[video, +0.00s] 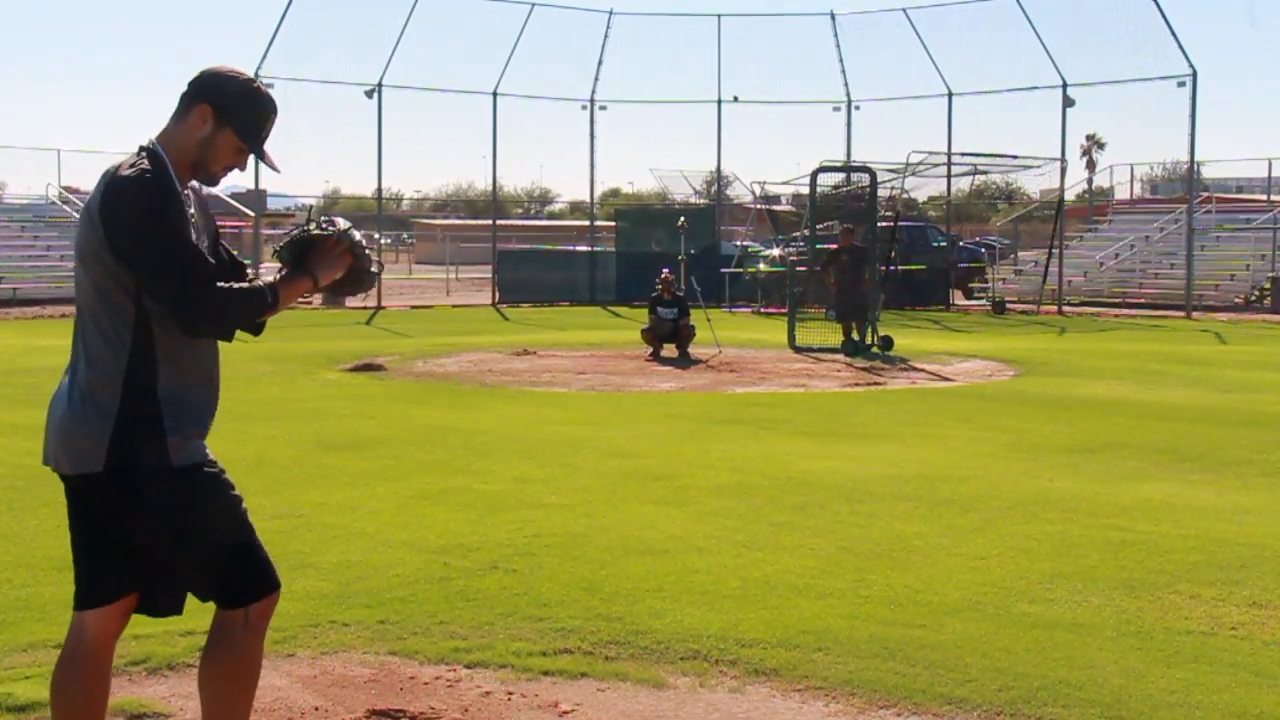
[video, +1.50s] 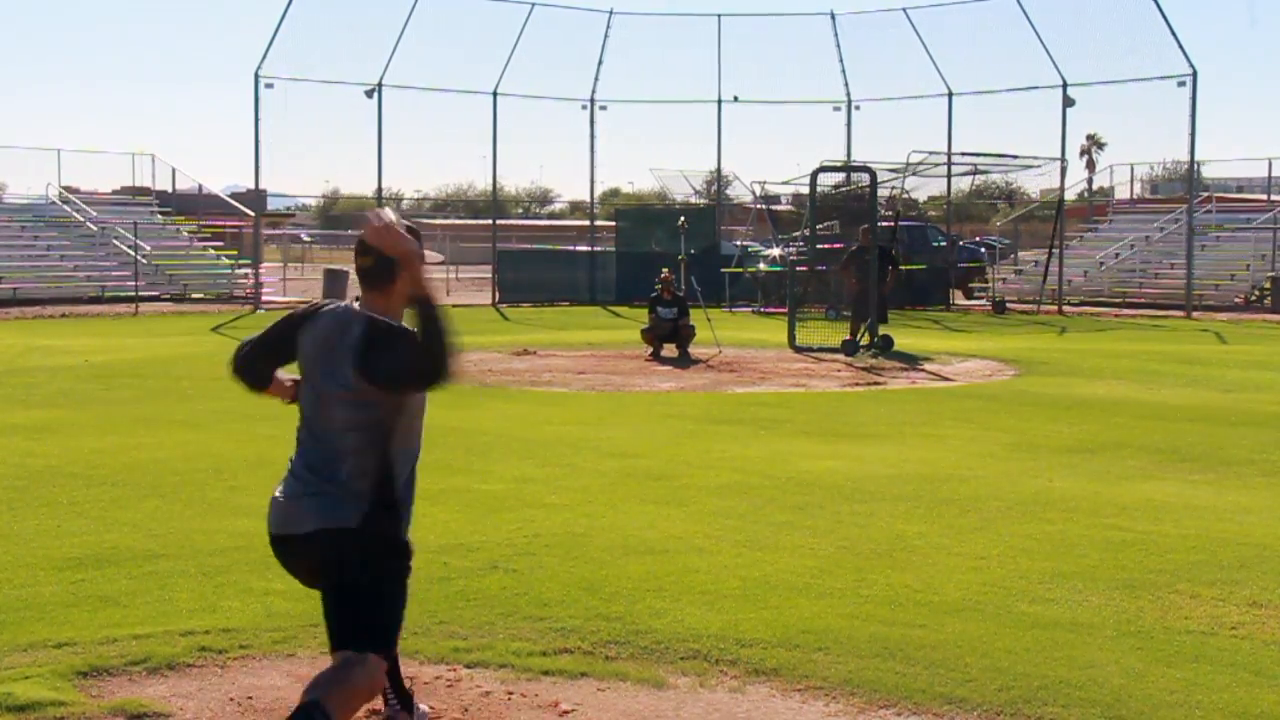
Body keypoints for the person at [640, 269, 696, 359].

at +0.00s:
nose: (666, 287)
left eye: (669, 284)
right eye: (664, 284)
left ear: (673, 285)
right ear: (660, 285)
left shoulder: (680, 299)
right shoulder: (654, 299)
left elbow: (685, 319)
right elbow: (652, 318)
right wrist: (663, 325)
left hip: (676, 328)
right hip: (660, 328)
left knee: (689, 329)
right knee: (646, 332)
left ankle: (682, 349)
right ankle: (656, 348)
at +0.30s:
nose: (666, 287)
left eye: (669, 284)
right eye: (664, 284)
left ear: (673, 285)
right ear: (660, 285)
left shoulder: (680, 300)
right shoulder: (654, 299)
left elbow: (686, 319)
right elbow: (651, 318)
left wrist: (673, 325)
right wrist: (662, 325)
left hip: (676, 328)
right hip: (660, 329)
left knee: (689, 330)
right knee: (646, 332)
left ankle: (683, 350)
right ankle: (656, 347)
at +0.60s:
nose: (667, 287)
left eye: (669, 284)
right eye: (664, 284)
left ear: (673, 285)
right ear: (660, 285)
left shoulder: (680, 300)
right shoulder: (654, 299)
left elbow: (686, 319)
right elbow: (651, 318)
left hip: (676, 329)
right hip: (660, 329)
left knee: (689, 330)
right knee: (645, 333)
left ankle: (682, 350)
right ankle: (656, 347)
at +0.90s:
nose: (667, 286)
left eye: (669, 283)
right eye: (664, 284)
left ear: (673, 285)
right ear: (660, 285)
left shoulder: (680, 299)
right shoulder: (654, 299)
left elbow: (685, 319)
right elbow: (651, 318)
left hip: (676, 328)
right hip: (660, 329)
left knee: (689, 330)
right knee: (645, 333)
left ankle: (682, 350)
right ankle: (656, 347)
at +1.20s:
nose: (667, 286)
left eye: (669, 283)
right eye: (664, 283)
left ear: (673, 284)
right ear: (660, 285)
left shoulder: (680, 299)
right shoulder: (654, 299)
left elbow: (685, 319)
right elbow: (651, 318)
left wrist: (673, 324)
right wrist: (663, 325)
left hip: (676, 328)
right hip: (660, 329)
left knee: (689, 330)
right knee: (645, 333)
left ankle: (682, 349)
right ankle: (656, 347)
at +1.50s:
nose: (667, 286)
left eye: (669, 283)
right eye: (664, 283)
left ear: (673, 284)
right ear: (660, 284)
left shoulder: (680, 299)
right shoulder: (654, 299)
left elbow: (685, 319)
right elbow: (652, 318)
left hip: (676, 327)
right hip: (660, 328)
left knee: (689, 329)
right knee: (645, 332)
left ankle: (682, 349)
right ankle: (656, 347)